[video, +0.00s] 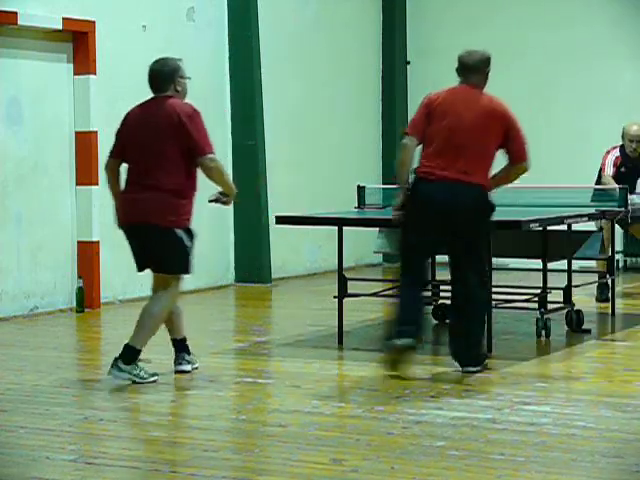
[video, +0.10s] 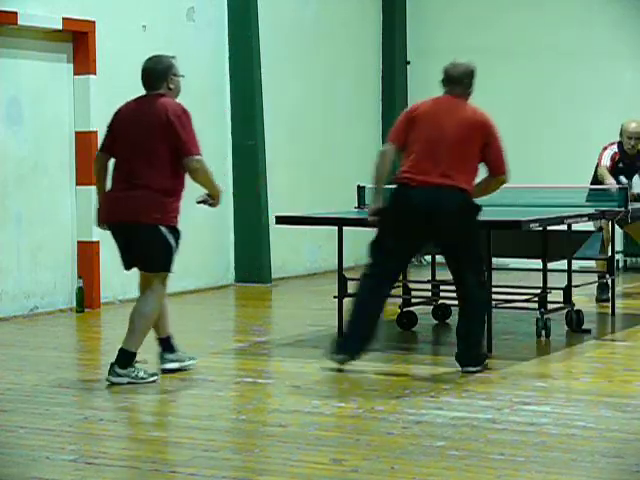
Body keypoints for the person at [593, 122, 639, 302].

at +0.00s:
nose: (634, 146)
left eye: (637, 141)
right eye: (630, 141)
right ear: (623, 141)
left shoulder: (637, 160)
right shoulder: (613, 154)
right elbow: (606, 179)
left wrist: (630, 200)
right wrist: (622, 197)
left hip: (630, 205)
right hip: (606, 204)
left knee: (635, 229)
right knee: (607, 232)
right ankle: (602, 280)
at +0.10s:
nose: (632, 143)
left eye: (636, 139)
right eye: (628, 138)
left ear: (639, 140)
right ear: (621, 138)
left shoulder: (637, 156)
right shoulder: (611, 150)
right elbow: (602, 172)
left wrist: (633, 195)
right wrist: (617, 191)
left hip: (627, 202)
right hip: (602, 201)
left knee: (636, 232)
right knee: (605, 235)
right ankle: (602, 281)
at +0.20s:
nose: (628, 135)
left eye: (632, 131)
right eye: (625, 130)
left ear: (636, 133)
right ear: (617, 129)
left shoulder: (635, 150)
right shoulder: (608, 143)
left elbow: (636, 172)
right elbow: (594, 161)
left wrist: (637, 190)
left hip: (621, 200)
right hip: (597, 199)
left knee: (636, 233)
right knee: (603, 238)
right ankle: (602, 282)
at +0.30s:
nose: (624, 128)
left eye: (629, 124)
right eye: (621, 123)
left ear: (634, 126)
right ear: (613, 124)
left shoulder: (633, 146)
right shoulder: (604, 139)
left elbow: (631, 172)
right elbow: (588, 159)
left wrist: (631, 195)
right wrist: (600, 167)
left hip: (619, 198)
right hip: (595, 198)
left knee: (636, 236)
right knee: (602, 238)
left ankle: (636, 279)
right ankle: (602, 282)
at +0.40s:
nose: (623, 123)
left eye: (627, 119)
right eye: (619, 118)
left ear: (632, 122)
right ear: (611, 119)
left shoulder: (631, 143)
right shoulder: (600, 138)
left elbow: (630, 169)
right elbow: (582, 159)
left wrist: (631, 193)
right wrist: (597, 171)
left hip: (618, 197)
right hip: (594, 198)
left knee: (634, 236)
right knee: (601, 238)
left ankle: (629, 278)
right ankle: (601, 282)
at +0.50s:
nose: (624, 119)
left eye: (628, 115)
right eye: (620, 114)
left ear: (632, 119)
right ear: (611, 116)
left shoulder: (629, 140)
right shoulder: (599, 136)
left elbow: (629, 166)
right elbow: (577, 158)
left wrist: (633, 191)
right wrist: (588, 172)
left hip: (616, 195)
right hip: (593, 196)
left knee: (633, 237)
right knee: (601, 237)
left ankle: (623, 276)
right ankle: (601, 282)